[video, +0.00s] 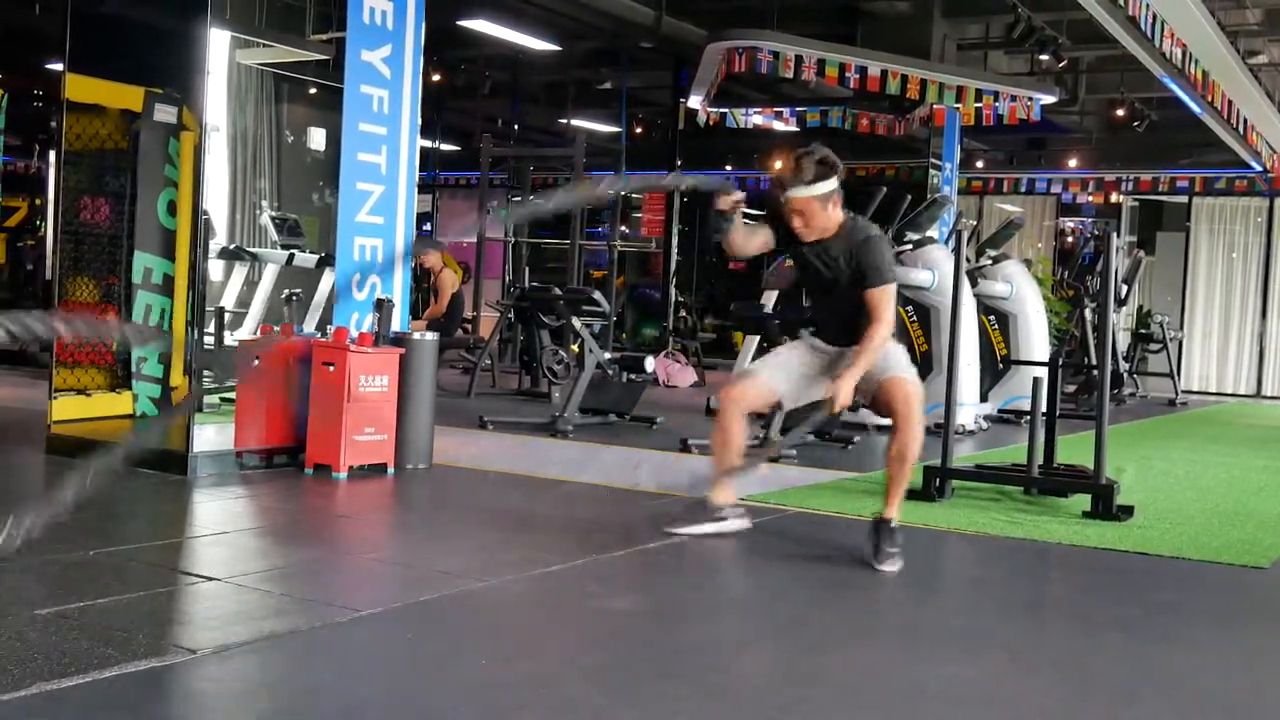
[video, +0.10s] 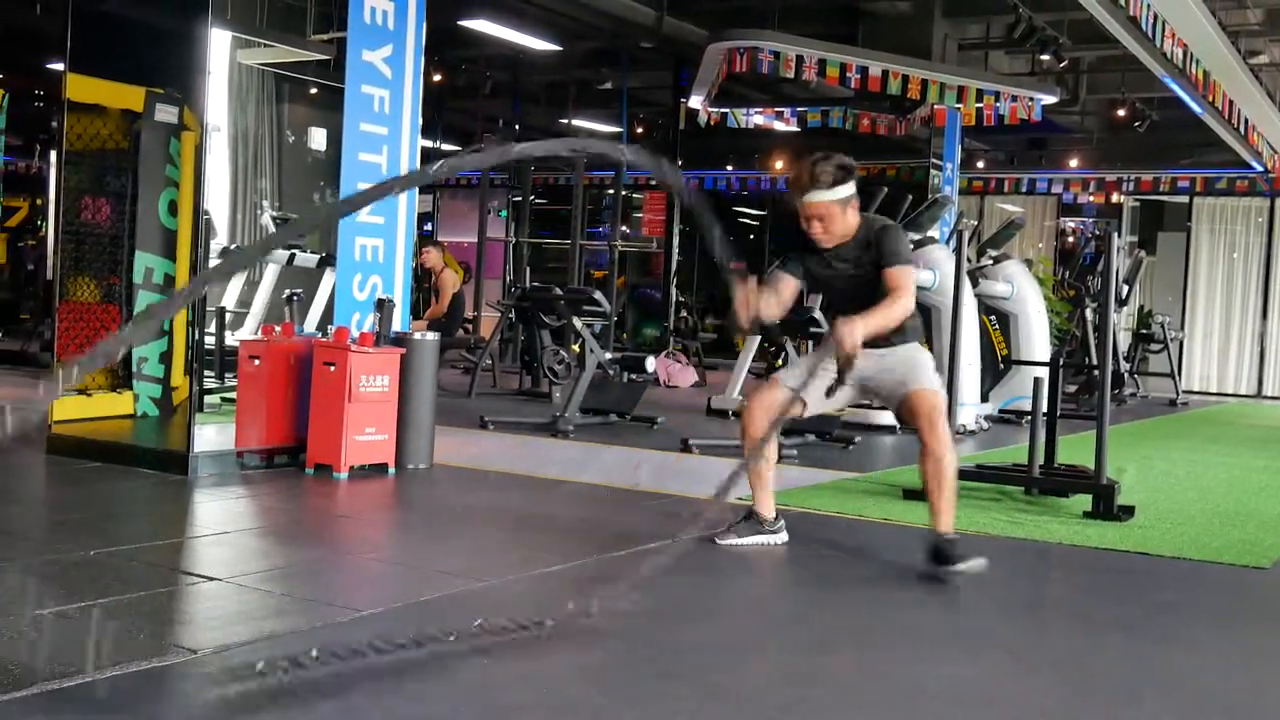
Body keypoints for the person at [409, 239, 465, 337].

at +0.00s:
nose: (422, 258)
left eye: (426, 254)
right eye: (420, 255)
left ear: (438, 254)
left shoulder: (445, 275)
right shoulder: (434, 276)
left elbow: (441, 308)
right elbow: (432, 305)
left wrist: (423, 321)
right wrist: (422, 322)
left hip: (446, 327)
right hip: (439, 323)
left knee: (405, 325)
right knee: (405, 323)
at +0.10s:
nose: (423, 256)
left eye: (428, 252)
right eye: (422, 254)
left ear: (440, 254)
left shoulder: (446, 275)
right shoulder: (435, 276)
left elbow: (442, 308)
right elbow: (433, 306)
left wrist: (424, 322)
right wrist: (423, 322)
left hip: (447, 327)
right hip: (440, 323)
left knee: (407, 326)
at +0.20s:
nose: (424, 256)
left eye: (428, 252)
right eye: (423, 253)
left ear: (441, 254)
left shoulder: (447, 275)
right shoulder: (436, 276)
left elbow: (442, 308)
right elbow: (434, 305)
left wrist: (424, 321)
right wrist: (424, 322)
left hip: (448, 328)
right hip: (440, 324)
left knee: (407, 326)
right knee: (407, 324)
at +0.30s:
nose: (424, 256)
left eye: (428, 252)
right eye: (423, 254)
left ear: (441, 254)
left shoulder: (447, 275)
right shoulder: (436, 277)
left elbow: (443, 308)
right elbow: (434, 306)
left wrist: (424, 321)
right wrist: (424, 322)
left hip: (448, 327)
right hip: (441, 324)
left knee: (407, 326)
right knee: (406, 324)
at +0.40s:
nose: (424, 257)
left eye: (428, 253)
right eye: (423, 254)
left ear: (441, 254)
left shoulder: (448, 275)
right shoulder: (436, 278)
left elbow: (443, 309)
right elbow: (434, 306)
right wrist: (424, 323)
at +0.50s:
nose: (423, 257)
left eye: (428, 253)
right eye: (423, 254)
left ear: (440, 255)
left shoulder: (447, 275)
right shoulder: (436, 278)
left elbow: (442, 309)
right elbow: (434, 306)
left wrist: (425, 321)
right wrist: (424, 322)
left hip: (451, 327)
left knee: (408, 326)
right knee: (408, 324)